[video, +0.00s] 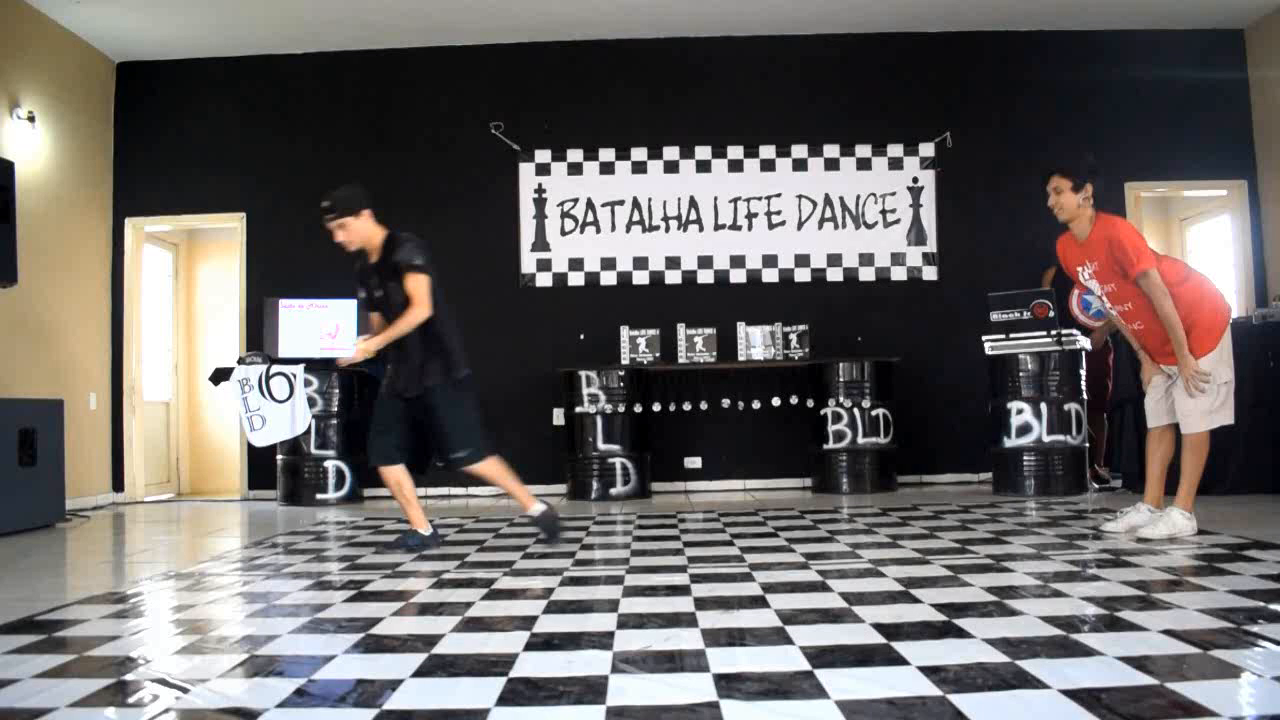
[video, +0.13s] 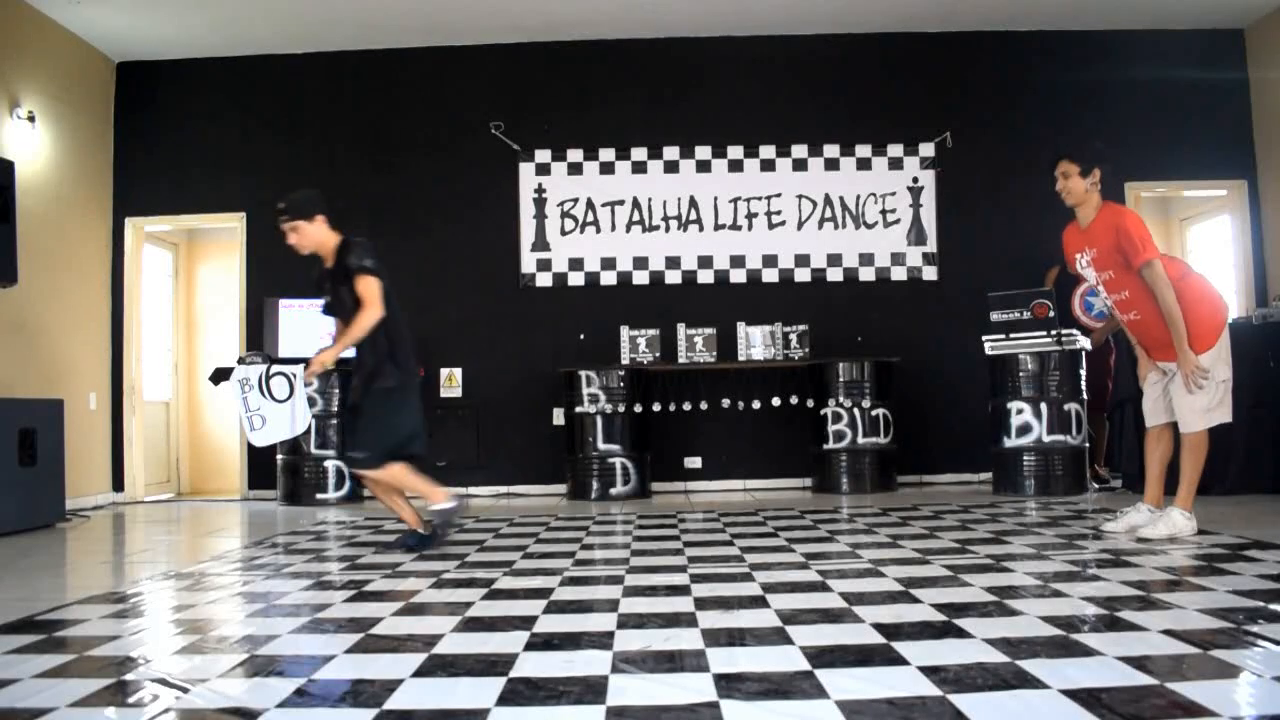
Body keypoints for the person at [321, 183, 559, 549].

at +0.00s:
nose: (337, 238)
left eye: (340, 227)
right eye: (332, 231)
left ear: (365, 216)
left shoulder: (406, 249)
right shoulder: (366, 271)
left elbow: (422, 308)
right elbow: (378, 331)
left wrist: (372, 343)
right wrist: (356, 350)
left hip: (440, 368)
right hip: (402, 373)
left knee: (466, 453)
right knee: (385, 453)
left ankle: (537, 509)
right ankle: (423, 530)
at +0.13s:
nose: (289, 240)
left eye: (293, 230)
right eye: (285, 233)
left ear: (319, 222)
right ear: (312, 227)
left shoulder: (356, 253)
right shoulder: (331, 271)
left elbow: (374, 309)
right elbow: (346, 326)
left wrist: (334, 351)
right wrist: (326, 359)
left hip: (391, 369)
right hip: (367, 371)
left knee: (368, 458)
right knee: (360, 461)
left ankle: (442, 498)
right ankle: (418, 527)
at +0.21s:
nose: (255, 234)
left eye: (259, 224)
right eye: (253, 226)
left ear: (287, 217)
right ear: (283, 221)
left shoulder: (322, 250)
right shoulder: (296, 269)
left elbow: (340, 305)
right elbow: (312, 326)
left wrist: (303, 353)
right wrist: (295, 366)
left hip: (360, 371)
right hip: (346, 372)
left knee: (301, 445)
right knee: (356, 462)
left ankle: (352, 517)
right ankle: (421, 527)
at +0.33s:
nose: (198, 220)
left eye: (200, 209)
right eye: (194, 212)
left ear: (225, 201)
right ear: (217, 207)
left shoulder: (266, 239)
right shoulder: (234, 257)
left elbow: (282, 301)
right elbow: (248, 313)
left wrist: (245, 355)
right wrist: (239, 360)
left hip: (287, 369)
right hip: (283, 370)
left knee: (231, 441)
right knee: (317, 453)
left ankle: (196, 537)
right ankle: (388, 509)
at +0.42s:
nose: (154, 225)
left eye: (157, 214)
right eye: (150, 217)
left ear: (183, 208)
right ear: (176, 213)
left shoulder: (220, 247)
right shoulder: (195, 259)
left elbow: (238, 311)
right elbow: (210, 316)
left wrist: (195, 358)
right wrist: (191, 359)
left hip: (242, 368)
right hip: (237, 368)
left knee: (182, 447)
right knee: (256, 462)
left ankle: (156, 544)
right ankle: (340, 495)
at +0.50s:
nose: (98, 246)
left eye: (101, 236)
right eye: (96, 238)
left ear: (125, 230)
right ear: (124, 232)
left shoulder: (163, 271)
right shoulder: (153, 274)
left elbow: (175, 336)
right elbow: (164, 341)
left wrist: (126, 377)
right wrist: (129, 384)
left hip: (196, 377)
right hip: (196, 377)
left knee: (125, 449)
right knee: (169, 469)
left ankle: (147, 544)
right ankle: (243, 496)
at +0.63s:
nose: (33, 269)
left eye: (36, 260)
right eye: (31, 261)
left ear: (61, 255)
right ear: (61, 256)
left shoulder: (103, 292)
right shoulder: (91, 296)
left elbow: (102, 364)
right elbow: (97, 365)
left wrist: (54, 406)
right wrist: (52, 406)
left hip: (160, 389)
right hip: (140, 386)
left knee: (90, 463)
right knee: (61, 445)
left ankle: (146, 546)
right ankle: (85, 533)